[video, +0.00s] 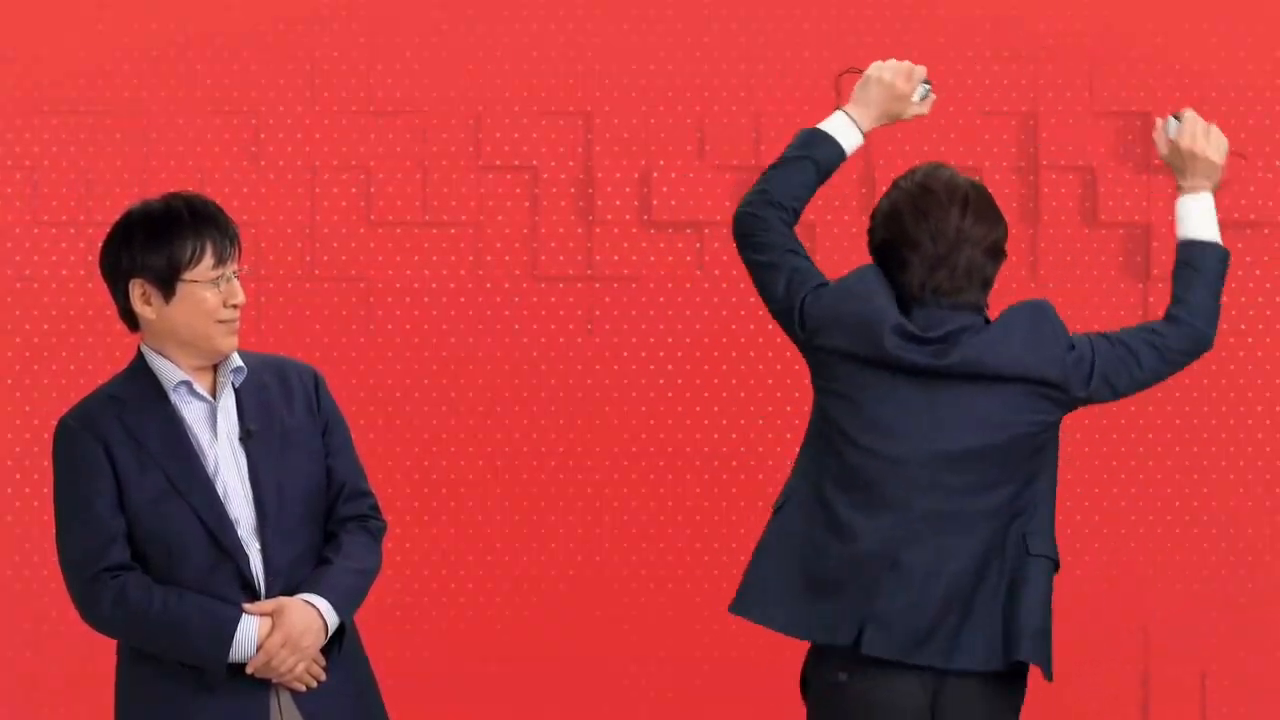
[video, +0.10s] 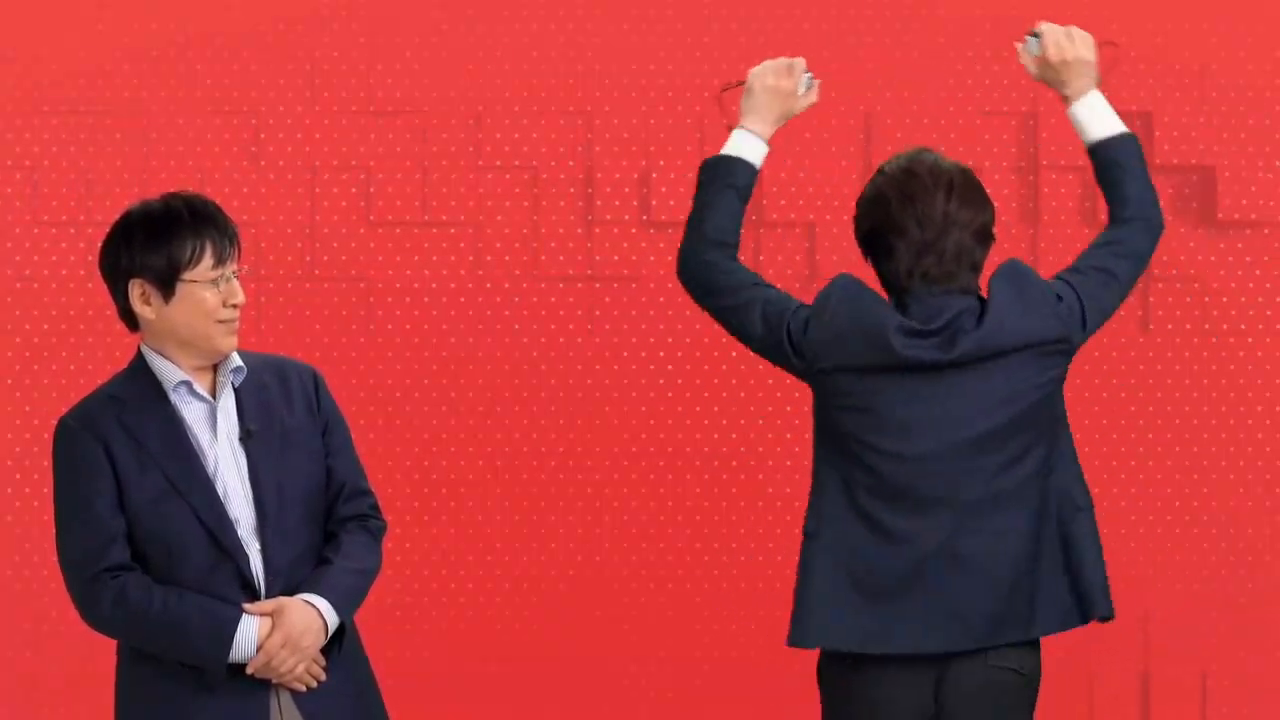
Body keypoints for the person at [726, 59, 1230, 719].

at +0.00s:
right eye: (997, 251)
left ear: (882, 257)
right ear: (991, 265)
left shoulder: (838, 333)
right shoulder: (1039, 361)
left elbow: (760, 221)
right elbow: (1190, 329)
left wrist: (853, 119)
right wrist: (1198, 189)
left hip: (854, 672)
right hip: (984, 681)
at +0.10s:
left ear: (876, 260)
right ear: (982, 247)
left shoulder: (836, 341)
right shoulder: (1039, 328)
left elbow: (705, 263)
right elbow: (1138, 221)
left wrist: (754, 127)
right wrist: (1084, 94)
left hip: (869, 660)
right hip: (999, 657)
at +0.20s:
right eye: (982, 242)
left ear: (873, 270)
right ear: (981, 253)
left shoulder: (840, 371)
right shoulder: (1030, 322)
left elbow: (680, 346)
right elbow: (1057, 180)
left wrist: (675, 202)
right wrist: (953, 82)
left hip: (887, 680)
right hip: (1012, 668)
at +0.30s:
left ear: (871, 277)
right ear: (981, 260)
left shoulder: (838, 385)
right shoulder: (1029, 334)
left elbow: (674, 369)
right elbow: (1038, 192)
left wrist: (657, 231)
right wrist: (916, 116)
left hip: (890, 688)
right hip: (1014, 675)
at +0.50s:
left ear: (890, 248)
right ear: (1002, 269)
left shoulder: (837, 314)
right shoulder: (1038, 361)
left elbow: (747, 199)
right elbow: (1181, 295)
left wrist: (829, 89)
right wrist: (1157, 150)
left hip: (817, 656)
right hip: (944, 672)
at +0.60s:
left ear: (900, 262)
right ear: (1006, 289)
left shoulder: (847, 323)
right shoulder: (1032, 398)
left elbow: (808, 186)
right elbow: (1197, 383)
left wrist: (929, 112)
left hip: (801, 663)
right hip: (926, 688)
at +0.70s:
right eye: (1017, 284)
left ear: (908, 273)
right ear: (1013, 298)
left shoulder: (849, 331)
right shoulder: (1032, 406)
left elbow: (825, 194)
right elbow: (1197, 408)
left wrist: (952, 131)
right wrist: (1230, 267)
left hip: (799, 669)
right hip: (932, 692)